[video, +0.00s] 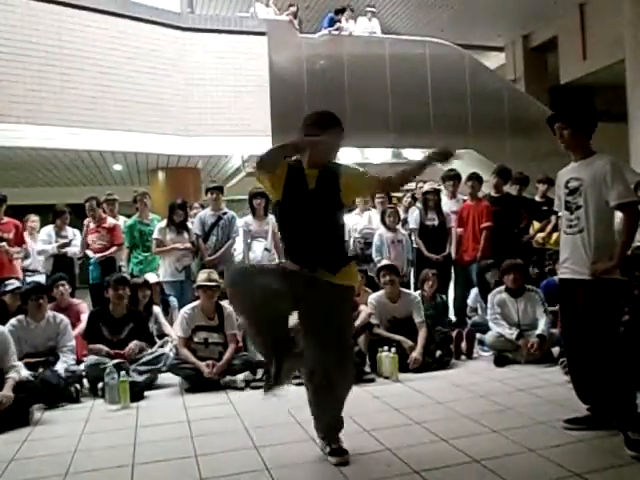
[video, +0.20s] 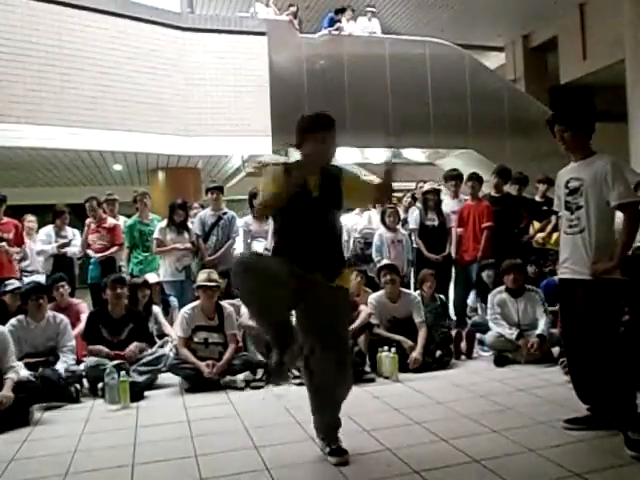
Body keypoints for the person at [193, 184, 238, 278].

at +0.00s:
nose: (214, 197)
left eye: (217, 194)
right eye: (212, 193)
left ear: (222, 196)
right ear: (207, 196)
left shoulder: (231, 216)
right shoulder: (201, 216)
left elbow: (233, 239)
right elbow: (199, 238)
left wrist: (216, 257)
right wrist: (207, 257)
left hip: (225, 262)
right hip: (206, 262)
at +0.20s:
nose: (214, 197)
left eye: (217, 194)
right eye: (211, 194)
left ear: (222, 196)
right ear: (207, 196)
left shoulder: (231, 216)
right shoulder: (201, 216)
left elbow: (232, 239)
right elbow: (199, 237)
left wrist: (216, 257)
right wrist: (206, 257)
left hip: (225, 264)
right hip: (207, 264)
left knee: (226, 297)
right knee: (207, 295)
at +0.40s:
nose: (214, 197)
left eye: (217, 194)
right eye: (211, 194)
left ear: (221, 196)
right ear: (207, 197)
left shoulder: (231, 216)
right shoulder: (201, 217)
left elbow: (233, 239)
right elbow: (199, 238)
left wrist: (216, 257)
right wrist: (206, 257)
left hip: (227, 264)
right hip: (208, 265)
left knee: (232, 298)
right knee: (208, 298)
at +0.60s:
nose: (215, 197)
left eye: (218, 194)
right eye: (212, 194)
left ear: (223, 196)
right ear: (207, 197)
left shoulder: (229, 215)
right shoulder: (202, 216)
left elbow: (232, 239)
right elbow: (200, 238)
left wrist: (216, 257)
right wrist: (206, 258)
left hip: (228, 263)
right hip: (210, 264)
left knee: (233, 298)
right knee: (211, 299)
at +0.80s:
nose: (218, 202)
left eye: (221, 199)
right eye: (214, 198)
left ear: (225, 199)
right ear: (210, 199)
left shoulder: (229, 214)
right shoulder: (202, 217)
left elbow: (236, 235)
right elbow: (199, 238)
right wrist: (206, 256)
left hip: (229, 263)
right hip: (211, 264)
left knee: (233, 296)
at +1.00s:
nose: (215, 197)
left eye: (218, 193)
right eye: (212, 193)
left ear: (222, 196)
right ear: (207, 196)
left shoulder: (227, 215)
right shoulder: (202, 216)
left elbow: (232, 236)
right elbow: (199, 237)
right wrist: (206, 255)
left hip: (228, 261)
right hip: (211, 262)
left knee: (233, 295)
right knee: (211, 296)